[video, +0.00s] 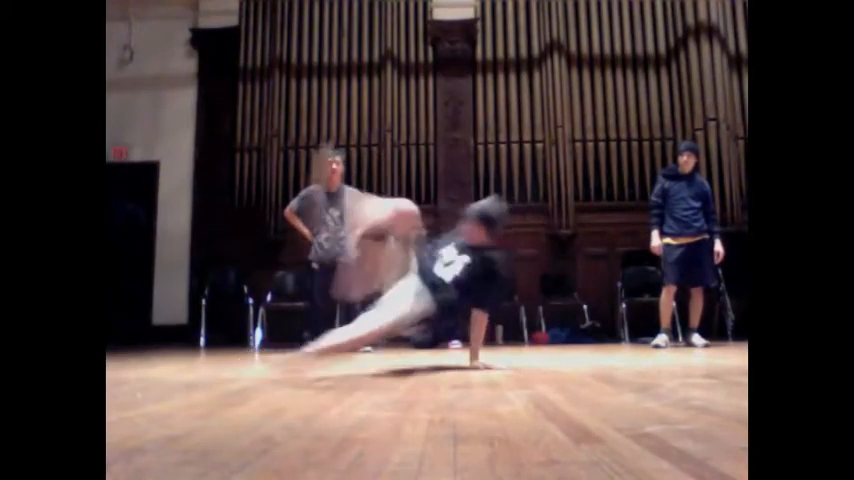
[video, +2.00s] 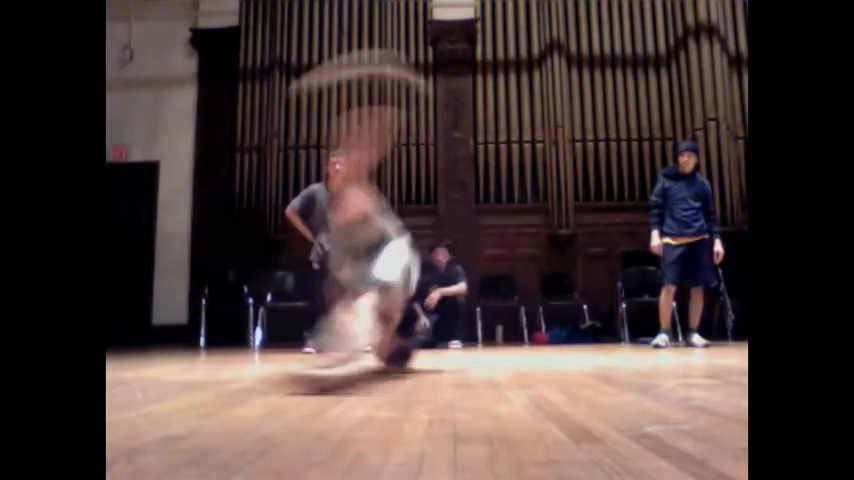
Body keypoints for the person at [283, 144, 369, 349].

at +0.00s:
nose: (333, 171)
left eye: (337, 167)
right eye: (330, 166)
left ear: (342, 171)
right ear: (324, 170)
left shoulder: (351, 194)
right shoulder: (313, 192)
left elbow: (367, 216)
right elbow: (289, 212)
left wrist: (354, 237)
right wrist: (309, 235)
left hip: (346, 256)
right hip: (321, 255)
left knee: (349, 300)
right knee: (320, 300)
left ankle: (348, 338)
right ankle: (318, 337)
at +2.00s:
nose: (337, 169)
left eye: (341, 165)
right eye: (334, 165)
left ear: (347, 169)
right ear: (327, 168)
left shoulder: (351, 195)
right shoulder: (316, 191)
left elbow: (373, 220)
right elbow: (291, 211)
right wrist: (312, 238)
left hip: (345, 251)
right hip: (324, 250)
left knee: (339, 293)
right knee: (318, 294)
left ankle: (338, 337)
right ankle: (313, 337)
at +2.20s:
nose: (337, 167)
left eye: (341, 163)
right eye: (334, 163)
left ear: (346, 167)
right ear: (326, 167)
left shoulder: (354, 194)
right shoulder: (314, 192)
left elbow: (373, 214)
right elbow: (290, 211)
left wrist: (360, 234)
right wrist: (307, 233)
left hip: (350, 259)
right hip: (318, 257)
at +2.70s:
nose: (337, 167)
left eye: (340, 164)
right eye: (334, 163)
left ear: (345, 167)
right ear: (326, 167)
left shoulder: (354, 194)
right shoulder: (314, 192)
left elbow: (373, 214)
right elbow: (291, 212)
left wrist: (360, 233)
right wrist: (310, 236)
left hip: (349, 248)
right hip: (320, 248)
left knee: (359, 294)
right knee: (316, 294)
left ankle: (353, 340)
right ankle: (313, 340)